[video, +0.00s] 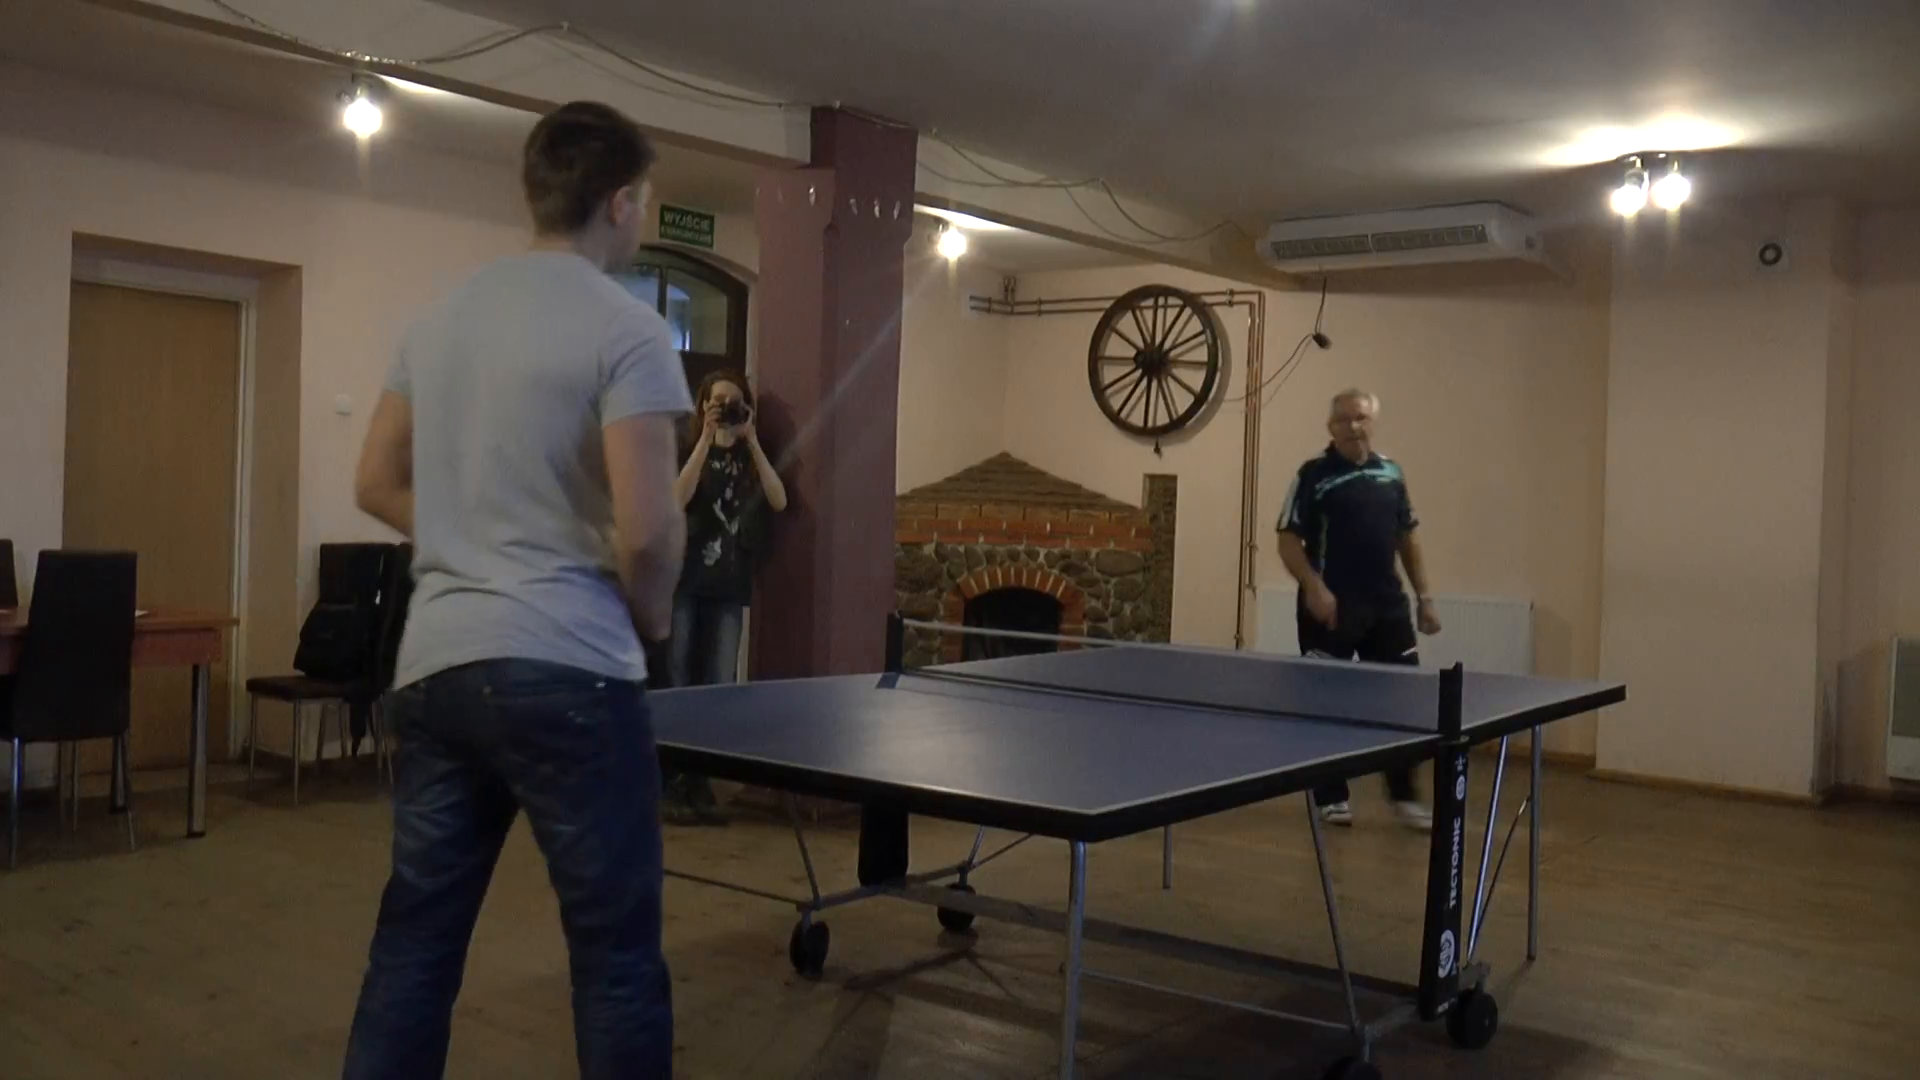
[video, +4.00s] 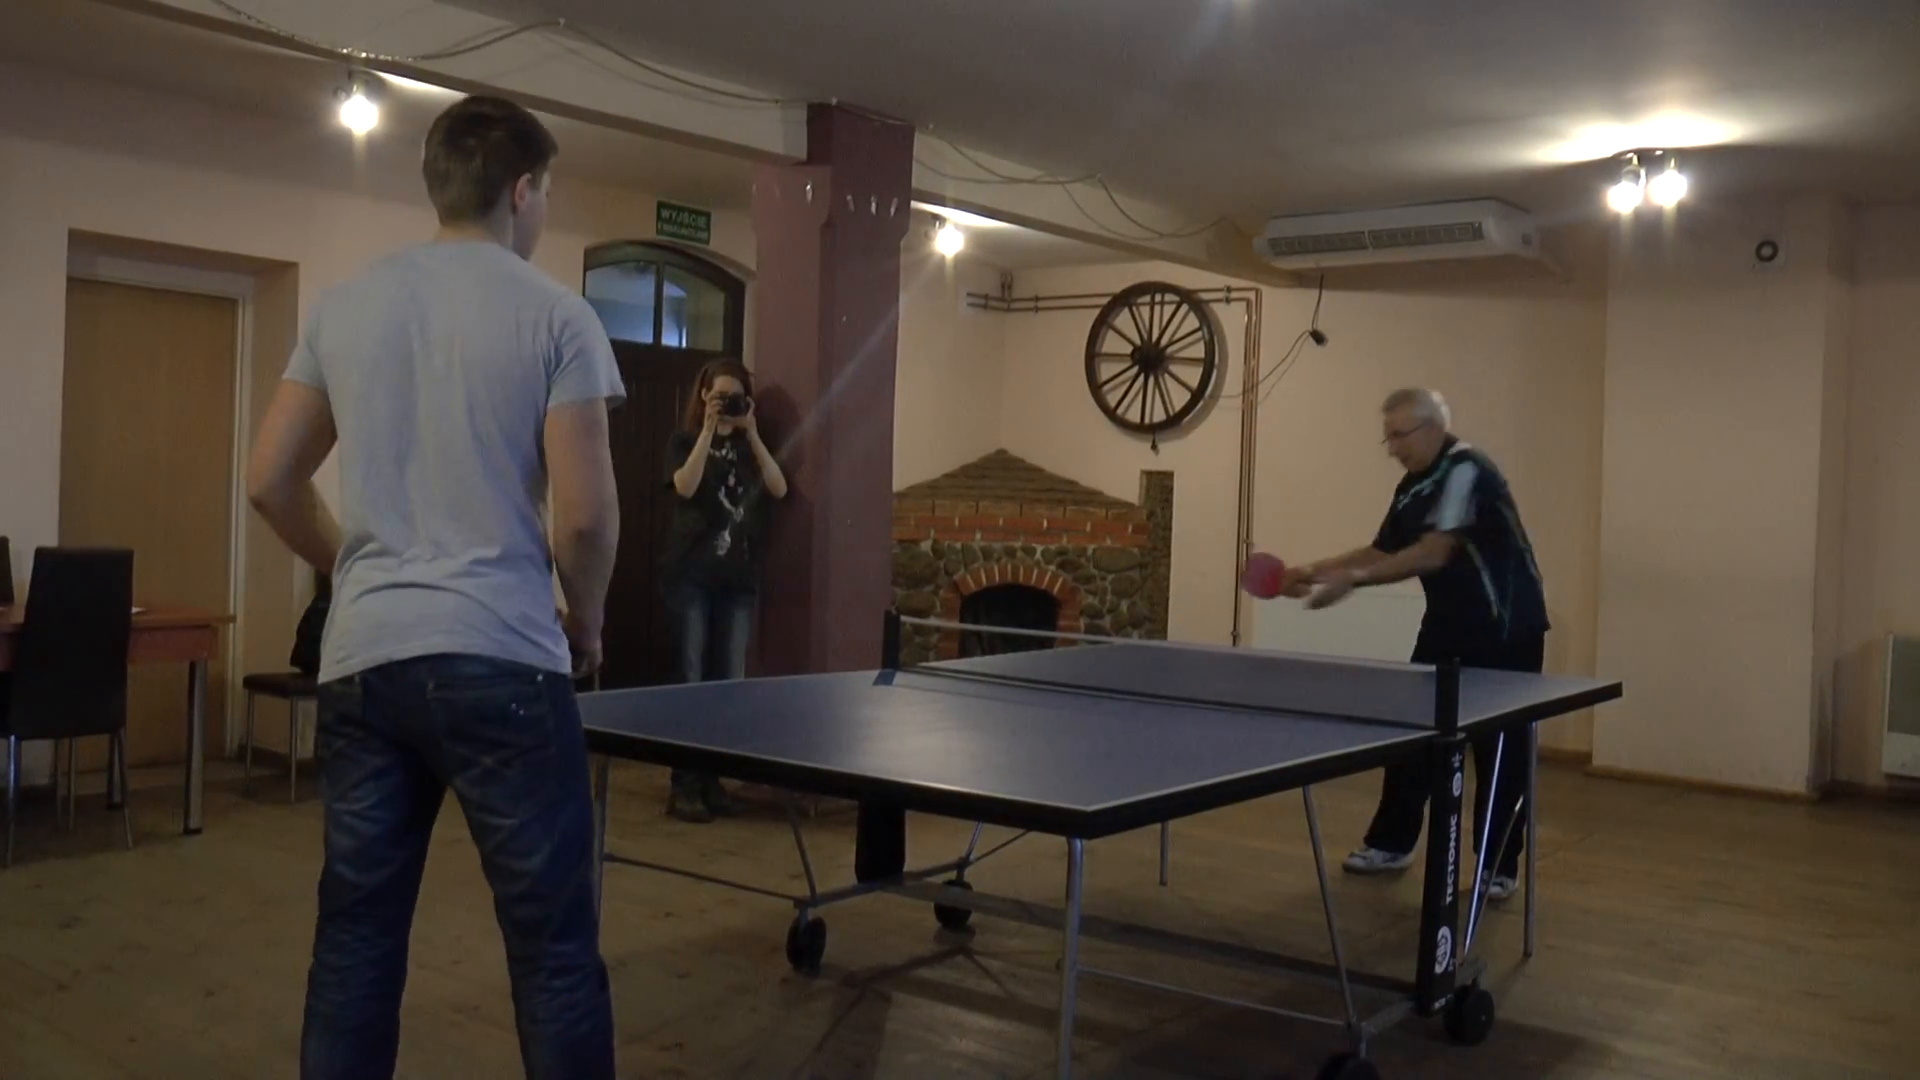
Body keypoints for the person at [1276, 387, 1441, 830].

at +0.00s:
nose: (1352, 426)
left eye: (1360, 418)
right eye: (1343, 419)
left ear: (1374, 423)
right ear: (1330, 425)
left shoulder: (1391, 473)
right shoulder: (1313, 476)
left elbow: (1406, 537)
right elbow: (1288, 540)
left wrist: (1423, 596)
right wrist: (1312, 584)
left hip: (1386, 605)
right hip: (1329, 608)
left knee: (1403, 695)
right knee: (1327, 700)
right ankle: (1330, 795)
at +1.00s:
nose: (1458, 428)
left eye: (1468, 418)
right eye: (1450, 420)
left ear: (1495, 417)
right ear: (1445, 422)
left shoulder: (1531, 470)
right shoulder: (1441, 478)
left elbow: (1561, 548)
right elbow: (1428, 559)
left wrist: (1555, 613)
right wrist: (1420, 625)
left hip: (1518, 633)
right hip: (1456, 633)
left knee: (1520, 739)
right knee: (1462, 742)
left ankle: (1513, 831)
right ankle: (1472, 841)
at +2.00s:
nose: (1455, 411)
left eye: (1469, 404)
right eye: (1451, 401)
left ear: (1500, 413)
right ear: (1447, 405)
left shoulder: (1518, 472)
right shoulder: (1451, 464)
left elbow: (1523, 565)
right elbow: (1442, 542)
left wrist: (1468, 627)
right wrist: (1404, 586)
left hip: (1506, 645)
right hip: (1454, 637)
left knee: (1510, 760)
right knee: (1445, 747)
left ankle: (1537, 871)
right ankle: (1437, 846)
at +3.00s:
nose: (1440, 414)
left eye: (1453, 405)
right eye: (1434, 404)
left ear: (1479, 410)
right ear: (1426, 409)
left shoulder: (1511, 463)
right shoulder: (1420, 469)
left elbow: (1542, 540)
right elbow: (1394, 539)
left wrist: (1487, 513)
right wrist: (1383, 599)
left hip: (1494, 636)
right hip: (1432, 633)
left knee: (1488, 753)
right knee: (1434, 746)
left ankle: (1500, 866)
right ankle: (1435, 845)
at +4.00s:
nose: (1392, 446)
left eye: (1400, 435)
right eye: (1388, 436)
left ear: (1433, 429)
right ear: (1401, 437)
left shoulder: (1465, 469)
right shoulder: (1413, 488)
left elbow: (1434, 552)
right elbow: (1381, 553)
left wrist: (1351, 578)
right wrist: (1317, 573)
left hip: (1506, 632)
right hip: (1447, 628)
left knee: (1501, 749)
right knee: (1414, 733)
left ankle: (1500, 865)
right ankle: (1390, 844)